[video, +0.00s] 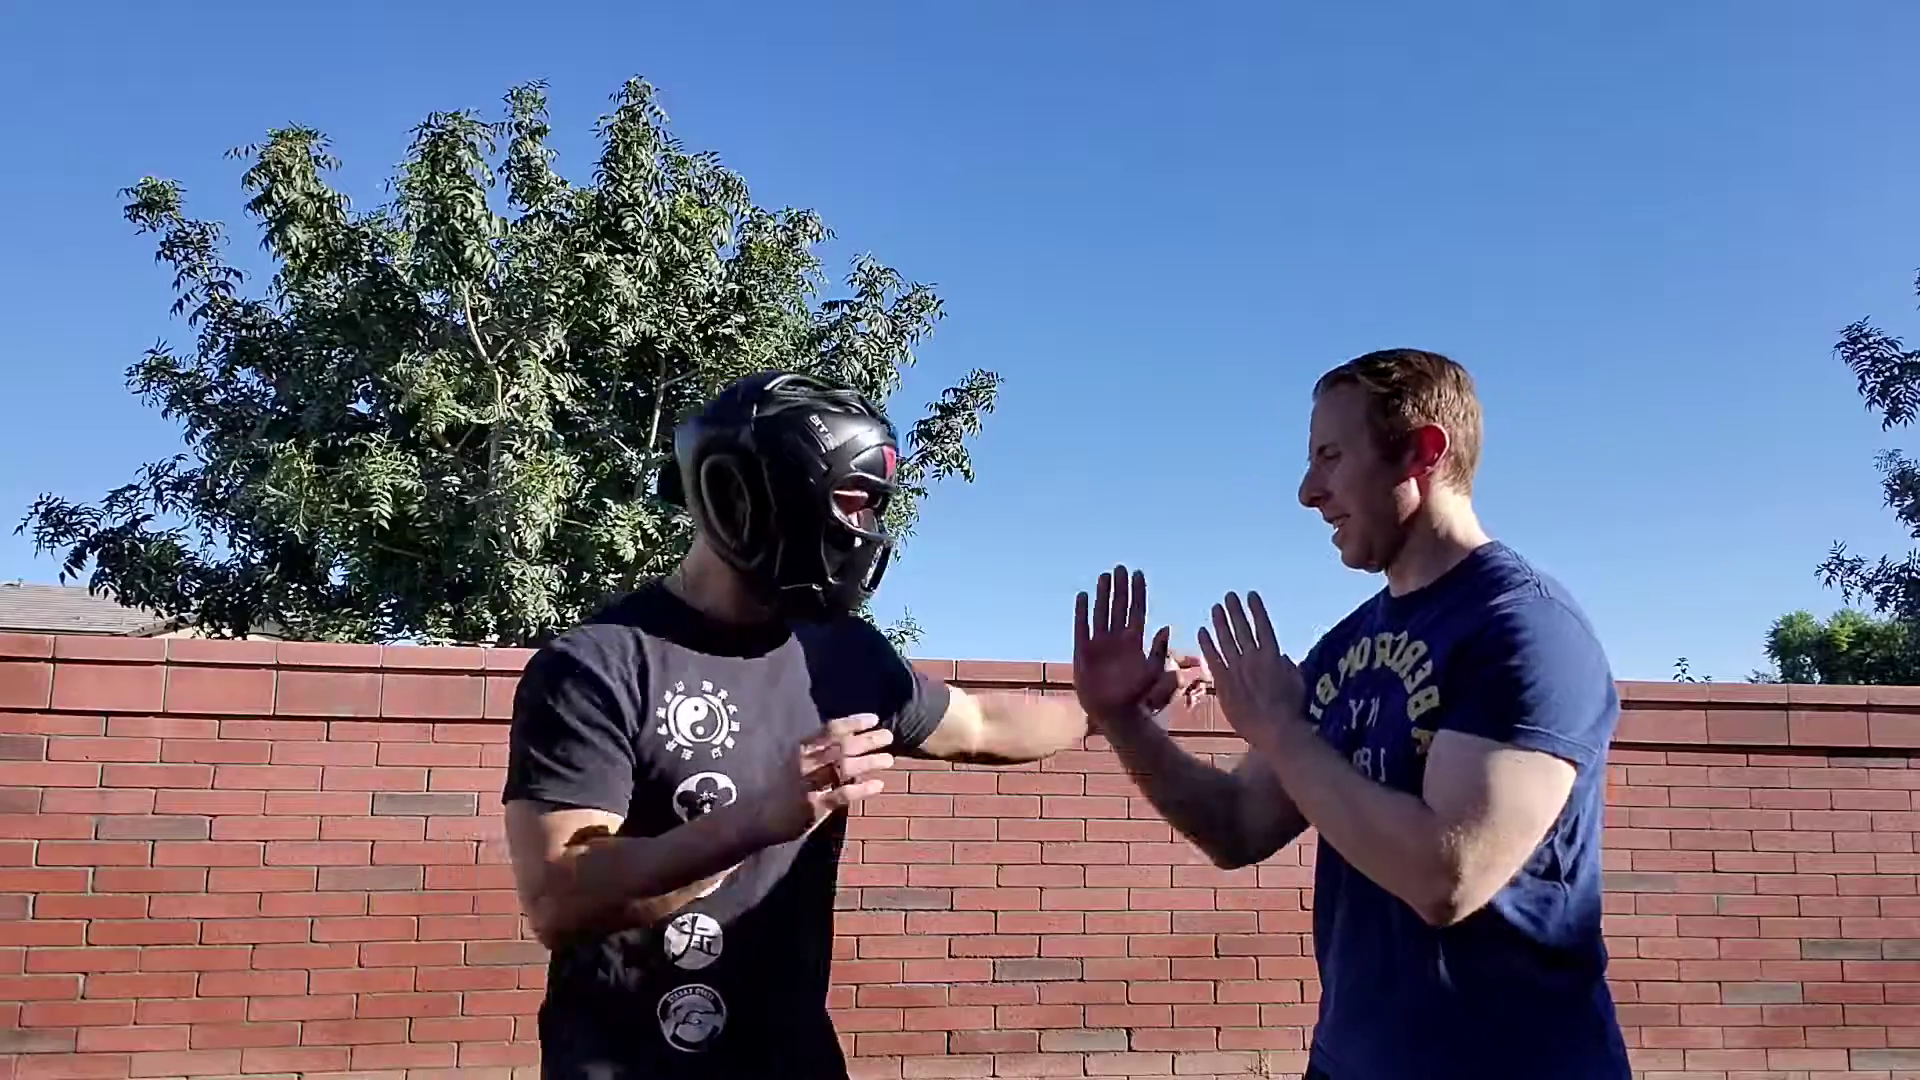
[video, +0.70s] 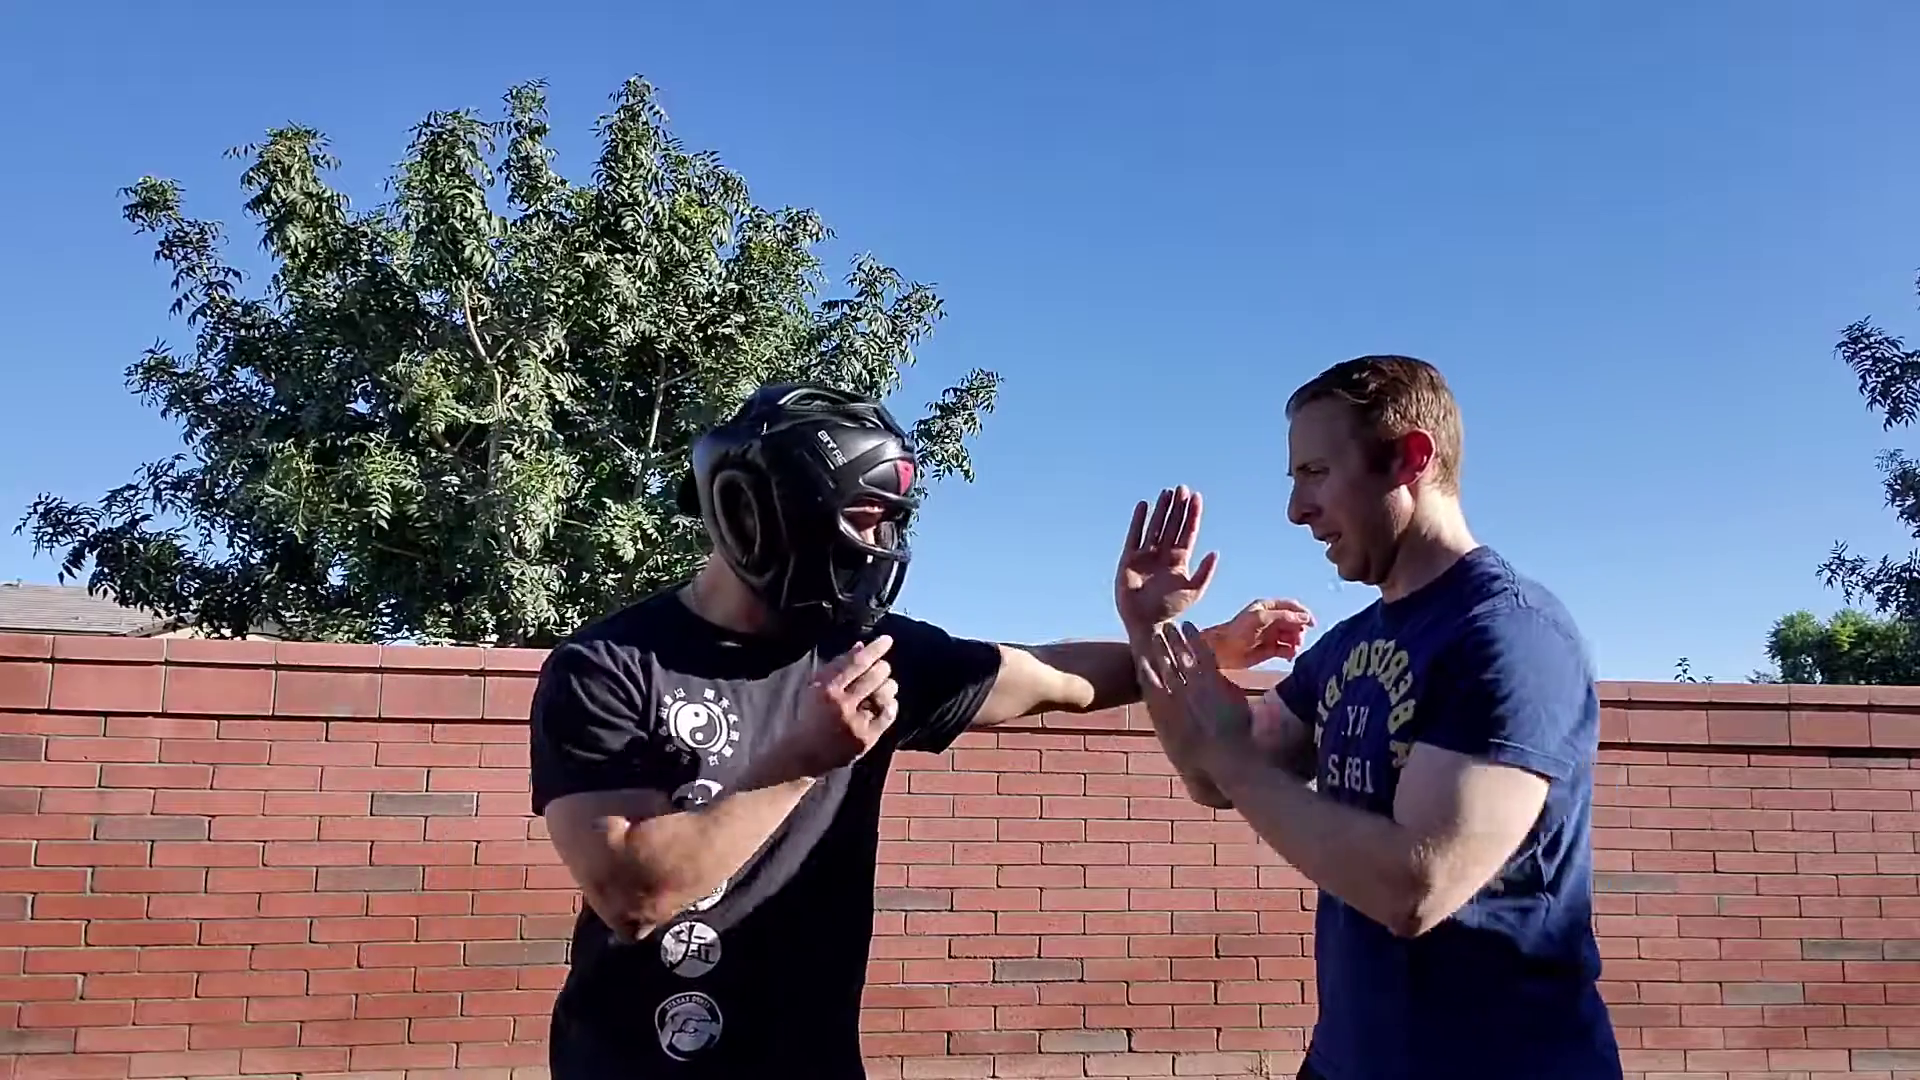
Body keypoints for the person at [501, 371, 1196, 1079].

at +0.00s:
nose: (867, 531)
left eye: (873, 507)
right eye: (847, 503)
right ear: (754, 497)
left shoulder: (837, 652)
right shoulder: (591, 670)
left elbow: (984, 728)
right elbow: (557, 902)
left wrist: (1106, 713)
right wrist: (766, 816)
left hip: (788, 1054)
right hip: (623, 1059)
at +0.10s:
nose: (893, 543)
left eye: (896, 518)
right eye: (870, 517)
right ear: (774, 515)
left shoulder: (881, 666)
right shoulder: (597, 684)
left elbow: (1064, 692)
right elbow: (516, 898)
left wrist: (1194, 678)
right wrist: (679, 890)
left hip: (809, 1059)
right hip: (629, 1062)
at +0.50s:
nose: (892, 535)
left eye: (895, 510)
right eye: (869, 508)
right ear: (772, 507)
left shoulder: (868, 656)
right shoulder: (597, 673)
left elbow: (1061, 675)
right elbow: (547, 899)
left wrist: (1214, 638)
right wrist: (741, 800)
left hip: (809, 1059)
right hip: (631, 1060)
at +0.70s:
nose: (886, 545)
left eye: (892, 522)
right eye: (866, 519)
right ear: (770, 512)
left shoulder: (867, 656)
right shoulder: (605, 670)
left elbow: (1061, 682)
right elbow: (630, 890)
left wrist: (1194, 649)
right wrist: (792, 761)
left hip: (808, 1056)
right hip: (634, 1057)